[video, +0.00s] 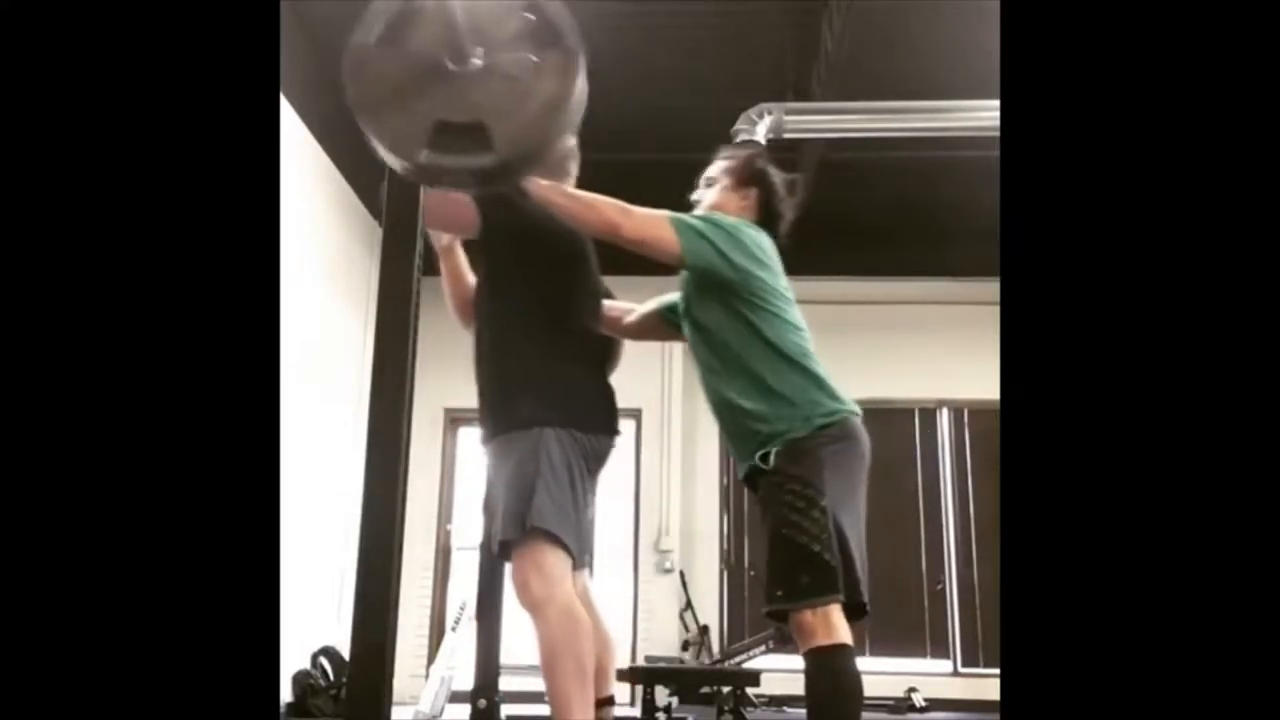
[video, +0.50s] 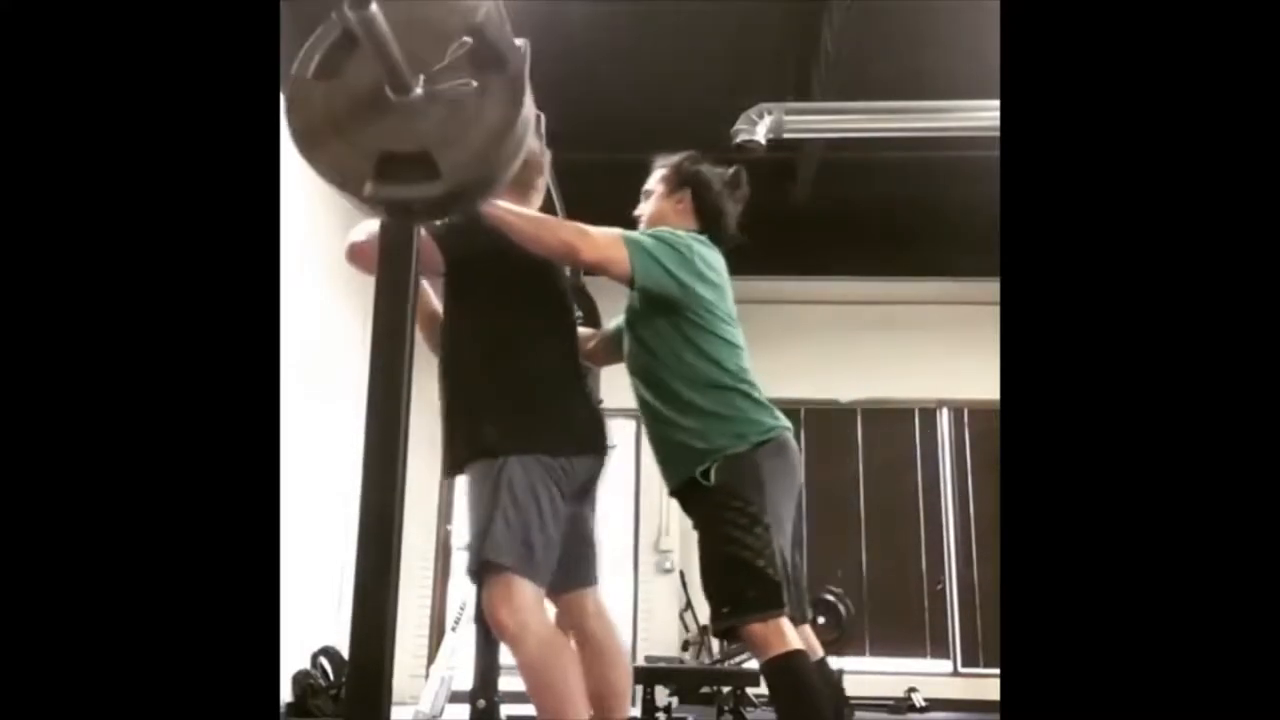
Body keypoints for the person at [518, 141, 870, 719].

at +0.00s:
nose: (697, 192)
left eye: (713, 182)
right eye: (701, 183)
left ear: (749, 197)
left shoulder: (736, 240)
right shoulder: (707, 294)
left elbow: (623, 222)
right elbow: (628, 318)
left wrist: (521, 182)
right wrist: (543, 290)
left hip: (813, 441)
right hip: (791, 452)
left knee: (816, 617)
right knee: (816, 620)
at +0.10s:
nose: (679, 195)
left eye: (695, 184)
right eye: (682, 185)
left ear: (733, 198)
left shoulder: (721, 241)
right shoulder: (693, 293)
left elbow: (602, 224)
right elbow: (614, 323)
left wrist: (498, 182)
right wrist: (533, 290)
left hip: (794, 443)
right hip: (772, 454)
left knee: (805, 618)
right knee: (803, 621)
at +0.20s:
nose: (654, 199)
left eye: (671, 188)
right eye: (658, 189)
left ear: (708, 203)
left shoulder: (697, 247)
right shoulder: (677, 298)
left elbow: (576, 231)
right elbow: (596, 333)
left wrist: (476, 189)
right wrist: (520, 293)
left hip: (770, 448)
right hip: (758, 456)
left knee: (785, 618)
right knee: (797, 620)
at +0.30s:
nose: (633, 202)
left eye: (649, 192)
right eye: (638, 193)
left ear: (685, 208)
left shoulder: (678, 254)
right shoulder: (658, 303)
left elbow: (569, 240)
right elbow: (590, 344)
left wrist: (472, 198)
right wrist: (514, 310)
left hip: (750, 455)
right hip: (751, 459)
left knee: (770, 621)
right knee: (802, 624)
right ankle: (835, 719)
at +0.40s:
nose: (630, 206)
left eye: (643, 195)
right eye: (634, 196)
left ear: (680, 205)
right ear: (674, 209)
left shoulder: (680, 255)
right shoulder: (651, 296)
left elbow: (580, 249)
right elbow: (594, 350)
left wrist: (481, 209)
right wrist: (519, 313)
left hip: (742, 453)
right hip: (738, 458)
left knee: (761, 621)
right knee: (794, 620)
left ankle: (811, 718)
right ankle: (834, 716)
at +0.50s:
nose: (640, 204)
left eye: (650, 193)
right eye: (644, 194)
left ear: (683, 200)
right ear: (685, 207)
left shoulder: (685, 252)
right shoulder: (660, 299)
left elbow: (583, 247)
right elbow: (594, 348)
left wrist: (480, 203)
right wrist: (520, 311)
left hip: (739, 456)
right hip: (750, 457)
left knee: (759, 621)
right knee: (789, 621)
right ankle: (835, 716)